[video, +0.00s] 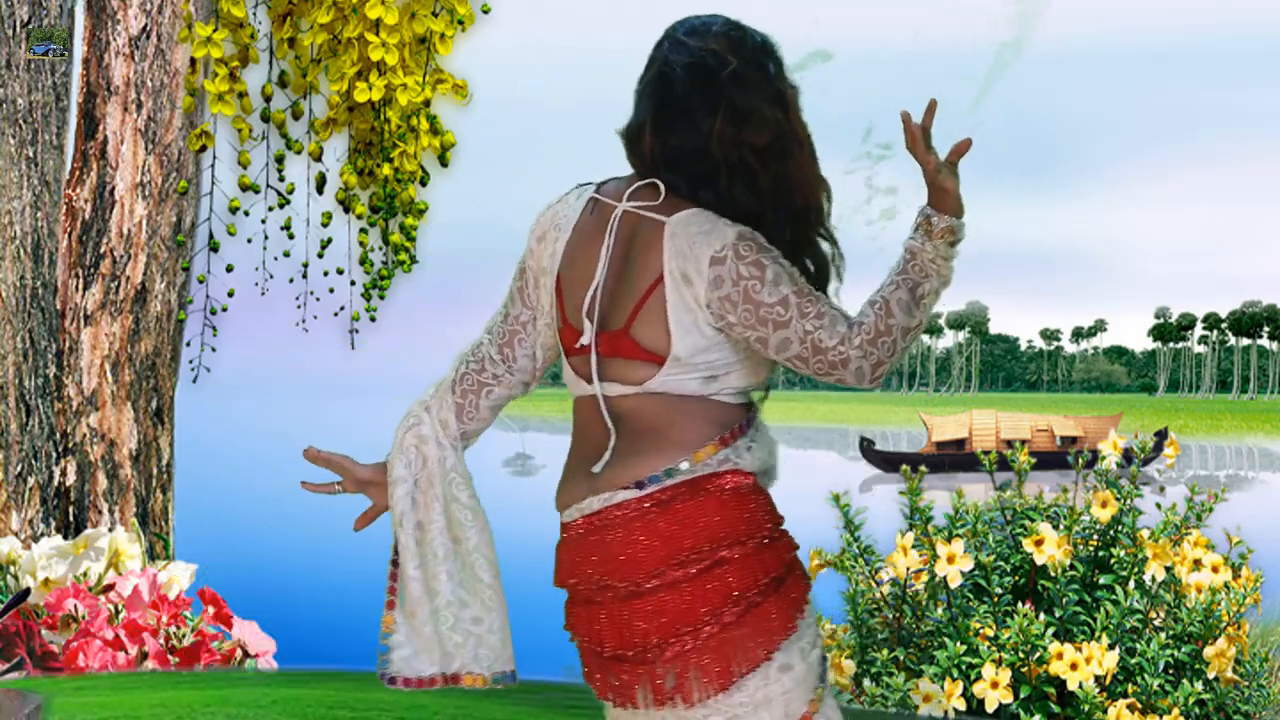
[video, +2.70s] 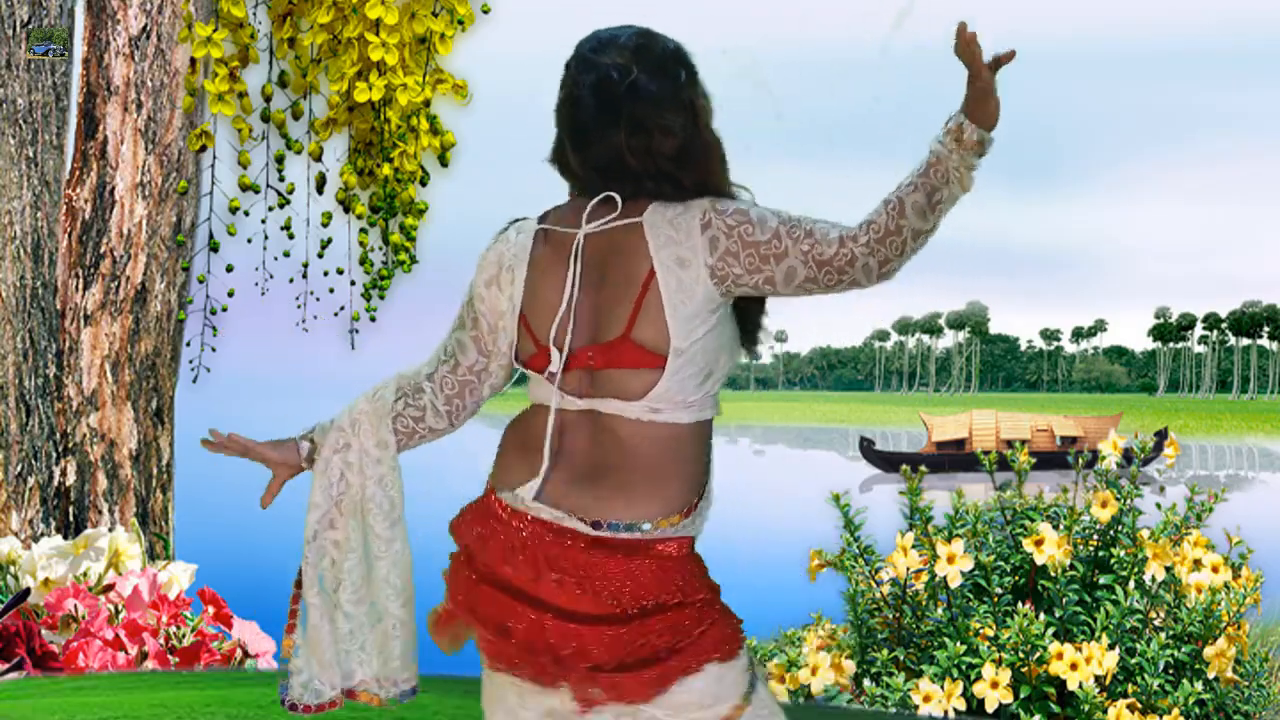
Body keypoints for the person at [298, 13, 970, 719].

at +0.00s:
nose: (789, 132)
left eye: (782, 107)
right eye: (777, 110)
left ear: (651, 117)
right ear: (749, 126)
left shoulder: (565, 224)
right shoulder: (721, 247)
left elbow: (499, 363)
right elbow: (861, 357)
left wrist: (408, 463)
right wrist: (941, 228)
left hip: (589, 533)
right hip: (706, 521)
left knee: (643, 706)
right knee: (770, 703)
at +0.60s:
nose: (704, 120)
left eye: (697, 100)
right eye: (695, 101)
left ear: (571, 121)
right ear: (671, 117)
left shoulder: (505, 241)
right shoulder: (687, 233)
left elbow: (442, 392)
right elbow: (828, 321)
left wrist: (320, 412)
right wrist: (906, 194)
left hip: (505, 526)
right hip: (632, 538)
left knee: (522, 701)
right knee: (673, 700)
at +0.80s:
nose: (681, 119)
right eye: (670, 101)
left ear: (543, 133)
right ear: (656, 120)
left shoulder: (501, 262)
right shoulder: (696, 235)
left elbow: (446, 421)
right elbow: (830, 310)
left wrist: (330, 350)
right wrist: (887, 173)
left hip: (488, 521)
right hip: (624, 548)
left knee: (490, 696)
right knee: (653, 701)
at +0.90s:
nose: (678, 119)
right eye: (667, 101)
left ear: (541, 128)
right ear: (656, 116)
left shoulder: (502, 255)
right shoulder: (698, 229)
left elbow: (449, 417)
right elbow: (828, 310)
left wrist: (327, 350)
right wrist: (885, 175)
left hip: (499, 518)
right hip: (634, 539)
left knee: (495, 695)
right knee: (657, 703)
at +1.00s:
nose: (705, 110)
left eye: (697, 89)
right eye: (696, 92)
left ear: (570, 115)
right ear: (678, 108)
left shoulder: (514, 243)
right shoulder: (711, 221)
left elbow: (469, 407)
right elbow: (844, 309)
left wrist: (331, 375)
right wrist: (913, 174)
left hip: (543, 522)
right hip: (684, 521)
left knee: (552, 693)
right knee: (710, 700)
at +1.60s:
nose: (772, 135)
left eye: (764, 111)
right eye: (760, 115)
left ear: (633, 131)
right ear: (740, 131)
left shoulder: (558, 254)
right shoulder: (742, 248)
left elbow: (496, 394)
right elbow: (902, 292)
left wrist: (387, 479)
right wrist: (952, 147)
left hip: (619, 531)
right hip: (744, 508)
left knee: (650, 709)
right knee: (792, 708)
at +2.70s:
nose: (705, 124)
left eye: (692, 108)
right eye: (694, 109)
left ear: (570, 130)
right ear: (681, 122)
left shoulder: (516, 250)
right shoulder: (705, 232)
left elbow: (439, 397)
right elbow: (866, 252)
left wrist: (308, 449)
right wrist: (969, 134)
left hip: (512, 540)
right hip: (643, 558)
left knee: (530, 700)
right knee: (717, 699)